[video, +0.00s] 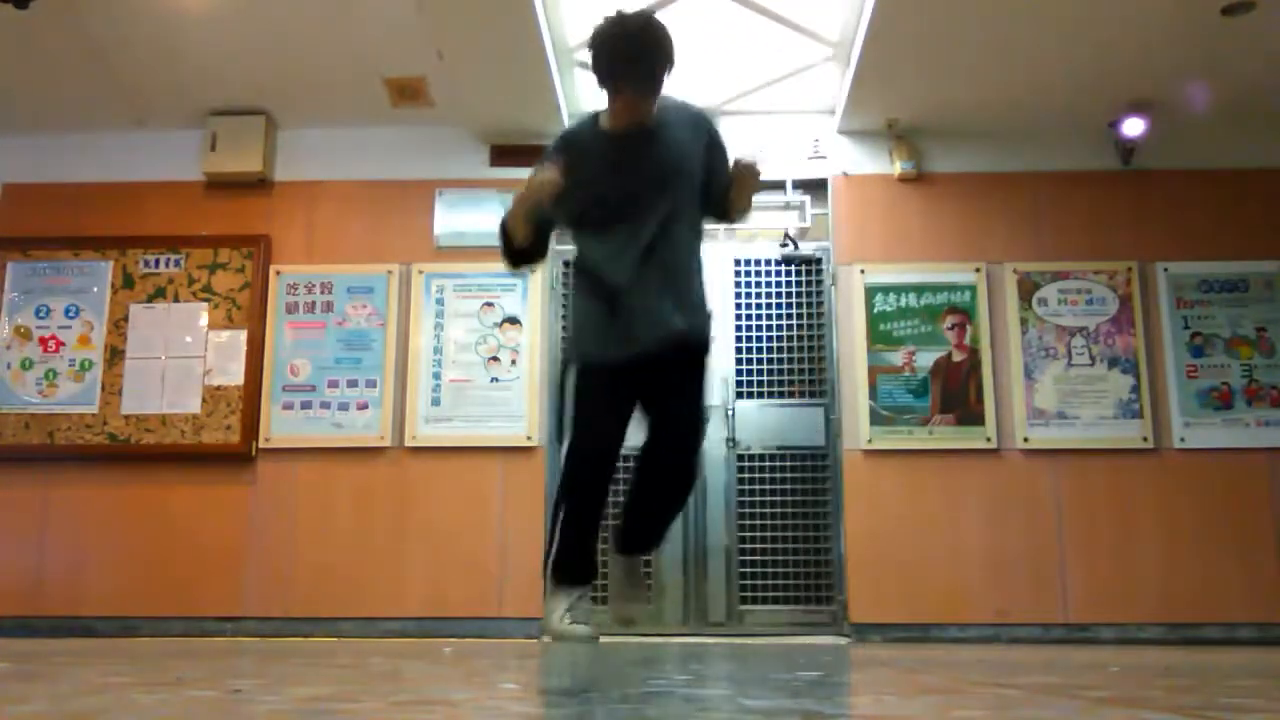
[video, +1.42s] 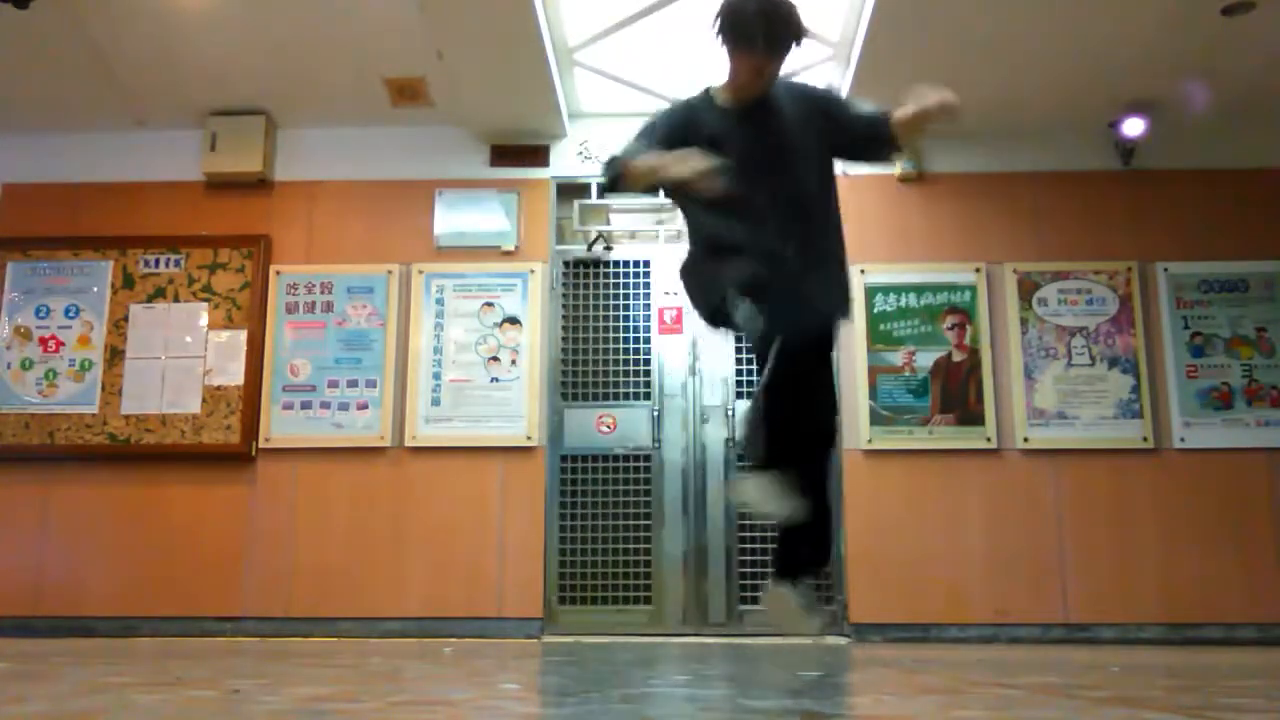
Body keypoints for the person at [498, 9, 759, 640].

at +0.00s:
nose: (640, 105)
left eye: (649, 92)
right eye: (629, 92)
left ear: (662, 79)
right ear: (606, 82)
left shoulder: (691, 130)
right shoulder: (575, 147)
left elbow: (719, 205)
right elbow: (520, 249)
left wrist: (738, 192)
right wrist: (531, 201)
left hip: (677, 320)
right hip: (601, 325)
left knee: (678, 451)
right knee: (593, 452)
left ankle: (633, 549)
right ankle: (569, 588)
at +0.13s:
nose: (651, 90)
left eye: (660, 77)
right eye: (637, 80)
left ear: (674, 59)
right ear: (615, 68)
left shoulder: (704, 90)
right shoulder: (590, 123)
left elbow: (730, 173)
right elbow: (548, 231)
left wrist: (752, 162)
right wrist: (539, 193)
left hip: (703, 282)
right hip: (629, 288)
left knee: (713, 417)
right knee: (627, 413)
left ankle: (694, 563)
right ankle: (612, 564)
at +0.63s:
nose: (718, 92)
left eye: (731, 80)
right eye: (713, 76)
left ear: (745, 73)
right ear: (690, 56)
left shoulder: (755, 128)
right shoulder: (629, 104)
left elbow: (817, 190)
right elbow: (546, 136)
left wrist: (856, 140)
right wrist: (515, 100)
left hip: (693, 304)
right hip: (615, 295)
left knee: (687, 435)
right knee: (624, 426)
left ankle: (656, 573)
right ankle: (612, 572)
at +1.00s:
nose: (721, 70)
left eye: (733, 55)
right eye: (712, 55)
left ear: (745, 49)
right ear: (687, 44)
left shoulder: (764, 103)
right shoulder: (637, 118)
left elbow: (819, 156)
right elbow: (561, 170)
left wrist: (874, 129)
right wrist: (530, 121)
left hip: (753, 304)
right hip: (679, 310)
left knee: (744, 439)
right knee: (685, 436)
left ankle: (718, 574)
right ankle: (669, 568)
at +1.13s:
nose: (721, 74)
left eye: (734, 60)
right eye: (710, 57)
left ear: (752, 55)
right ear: (691, 52)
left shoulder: (775, 119)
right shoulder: (654, 139)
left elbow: (821, 166)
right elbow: (584, 216)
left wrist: (883, 145)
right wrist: (556, 193)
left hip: (776, 320)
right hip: (696, 329)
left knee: (784, 458)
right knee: (709, 467)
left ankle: (786, 596)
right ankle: (715, 597)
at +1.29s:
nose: (749, 102)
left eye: (760, 88)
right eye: (738, 88)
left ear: (776, 88)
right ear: (716, 85)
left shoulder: (804, 153)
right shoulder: (679, 174)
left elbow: (872, 177)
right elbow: (628, 247)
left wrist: (954, 162)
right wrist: (603, 277)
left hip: (802, 343)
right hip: (724, 349)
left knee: (824, 478)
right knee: (751, 455)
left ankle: (796, 605)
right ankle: (721, 555)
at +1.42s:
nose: (756, 69)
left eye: (768, 58)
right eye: (747, 55)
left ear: (785, 54)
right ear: (728, 47)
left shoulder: (807, 107)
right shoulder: (691, 119)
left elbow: (871, 134)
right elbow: (622, 171)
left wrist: (911, 119)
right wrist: (668, 166)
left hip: (808, 279)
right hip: (729, 275)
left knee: (812, 428)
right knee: (799, 325)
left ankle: (793, 579)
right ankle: (762, 464)